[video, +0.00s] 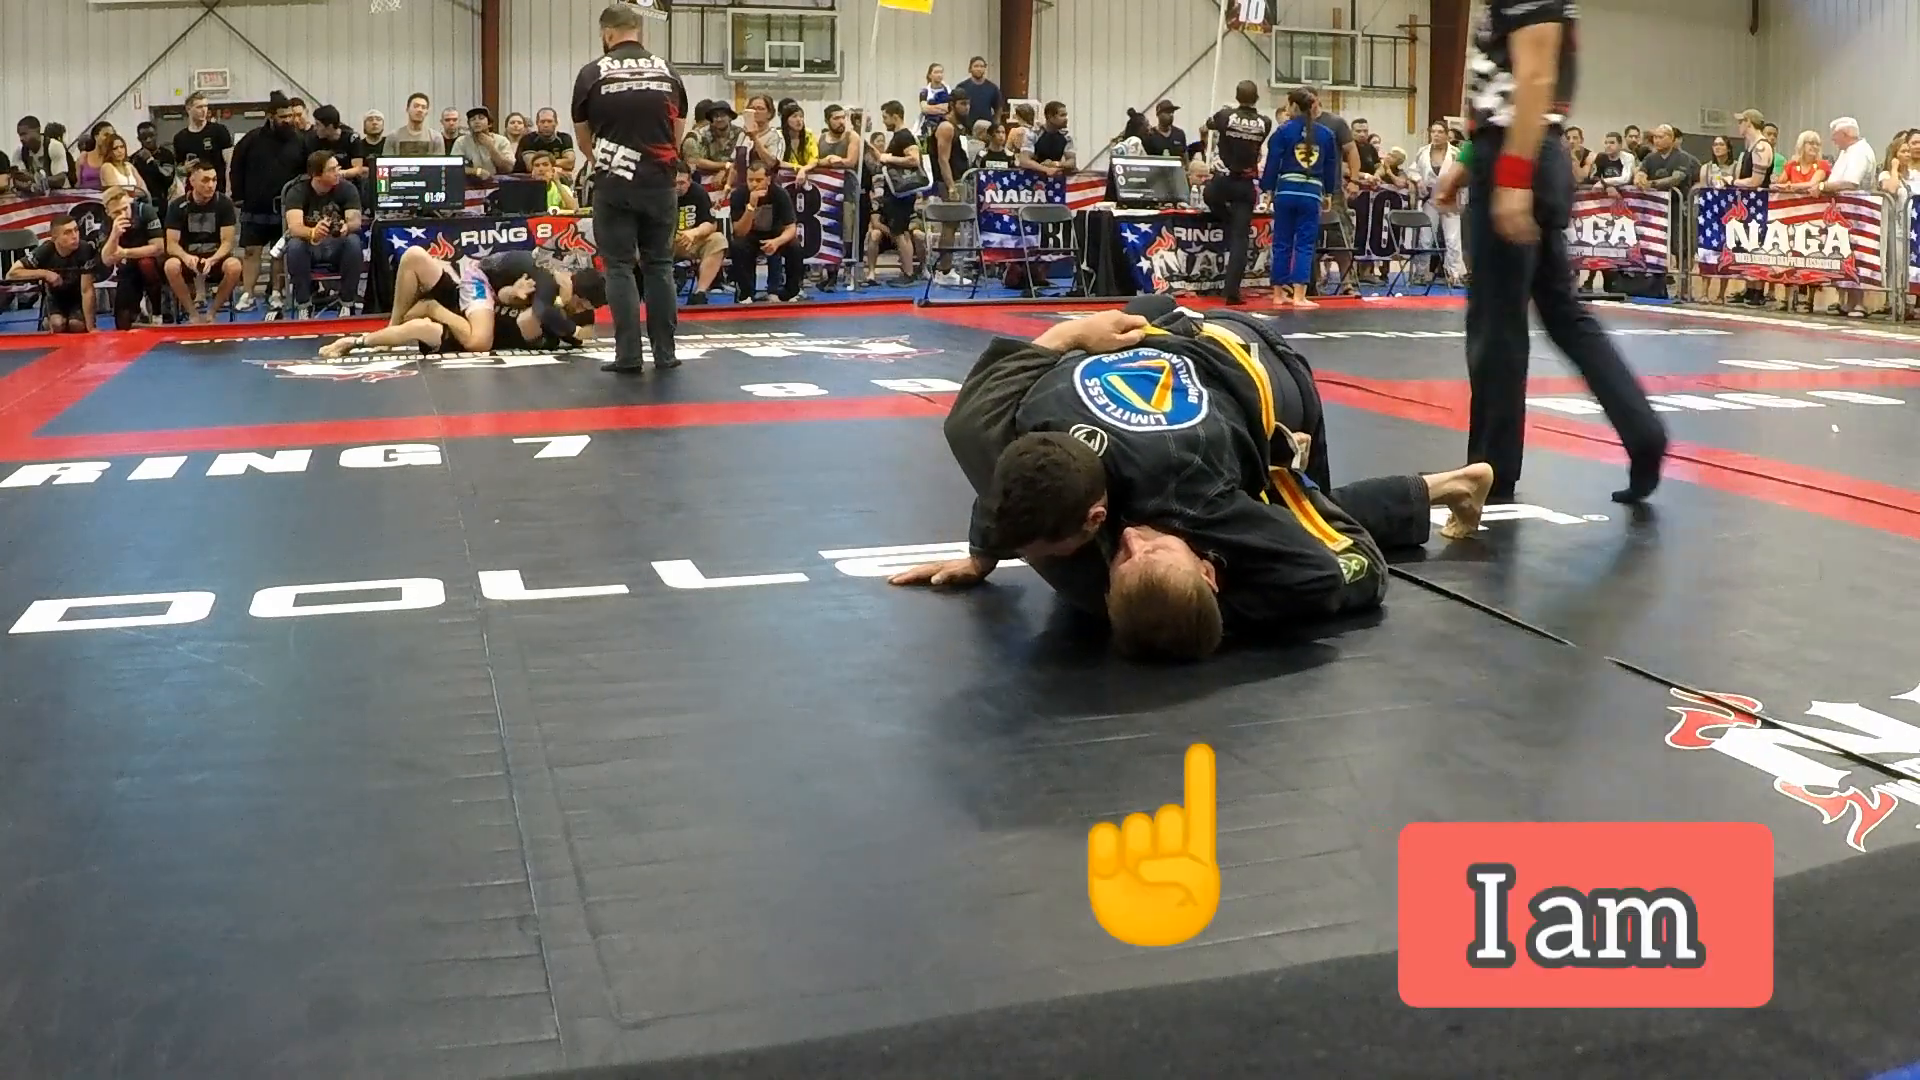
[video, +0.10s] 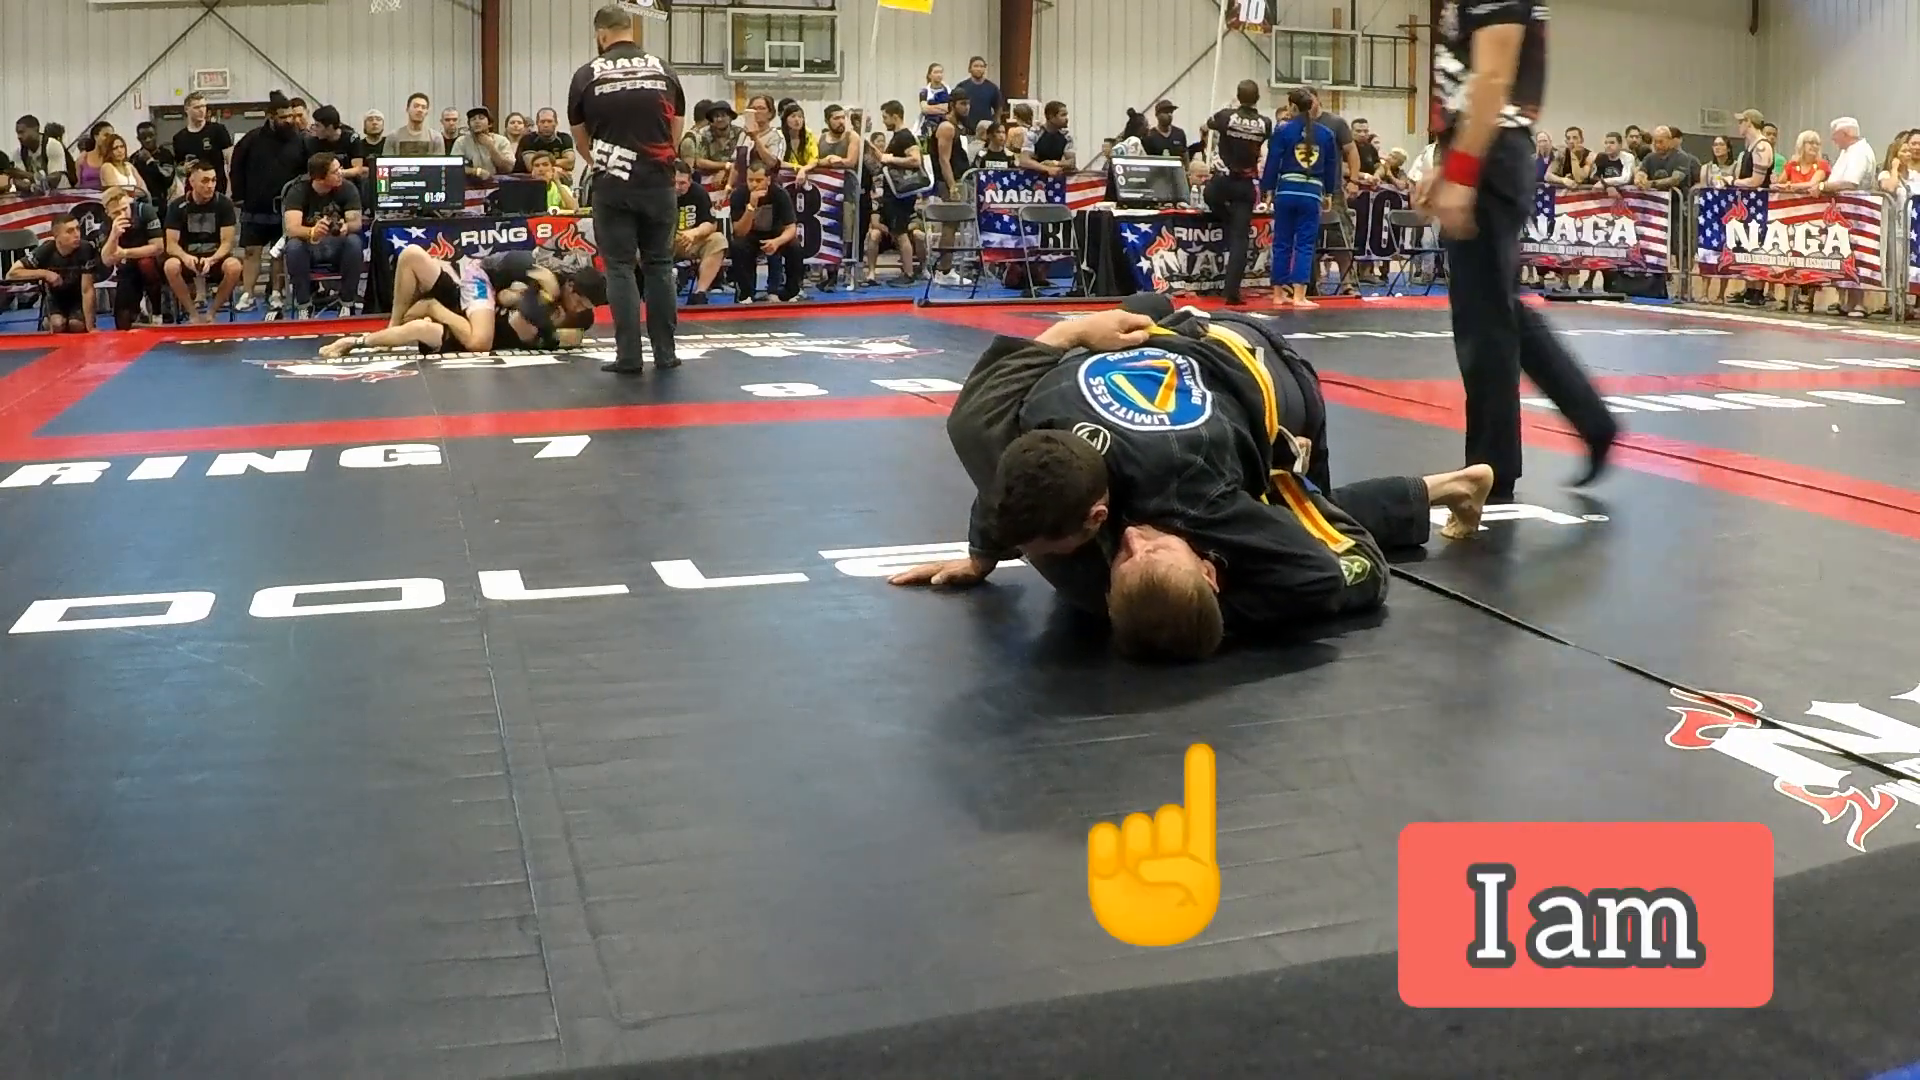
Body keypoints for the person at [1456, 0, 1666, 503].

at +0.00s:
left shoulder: (1531, 6)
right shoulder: (1506, 12)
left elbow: (1537, 80)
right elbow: (1506, 91)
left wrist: (1513, 179)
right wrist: (1463, 163)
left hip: (1509, 159)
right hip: (1537, 157)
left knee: (1495, 328)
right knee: (1563, 313)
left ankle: (1492, 475)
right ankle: (1644, 436)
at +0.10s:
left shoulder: (1499, 6)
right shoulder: (1474, 11)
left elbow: (1495, 80)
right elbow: (1476, 87)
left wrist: (1460, 175)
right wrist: (1441, 169)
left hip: (1494, 152)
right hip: (1492, 150)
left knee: (1483, 320)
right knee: (1497, 309)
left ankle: (1493, 474)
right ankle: (1595, 424)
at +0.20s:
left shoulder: (1471, 5)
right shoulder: (1472, 11)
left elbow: (1455, 71)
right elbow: (1466, 79)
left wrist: (1403, 161)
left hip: (1462, 147)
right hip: (1462, 146)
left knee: (1459, 304)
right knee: (1451, 300)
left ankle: (1490, 464)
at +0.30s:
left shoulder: (1444, 5)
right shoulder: (1436, 10)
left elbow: (1426, 70)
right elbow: (1435, 80)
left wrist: (1359, 146)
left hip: (1435, 147)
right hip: (1424, 146)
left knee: (1446, 305)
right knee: (1402, 303)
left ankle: (1488, 460)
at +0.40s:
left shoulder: (1417, 4)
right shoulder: (1401, 11)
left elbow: (1399, 70)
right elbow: (1403, 79)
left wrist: (1325, 143)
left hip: (1402, 149)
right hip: (1392, 150)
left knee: (1428, 307)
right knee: (1370, 315)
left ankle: (1486, 455)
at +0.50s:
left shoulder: (1386, 5)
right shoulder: (1356, 10)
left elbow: (1374, 76)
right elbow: (1359, 77)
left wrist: (1305, 152)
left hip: (1373, 154)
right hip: (1350, 153)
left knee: (1400, 309)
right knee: (1329, 314)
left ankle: (1478, 447)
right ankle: (1307, 456)